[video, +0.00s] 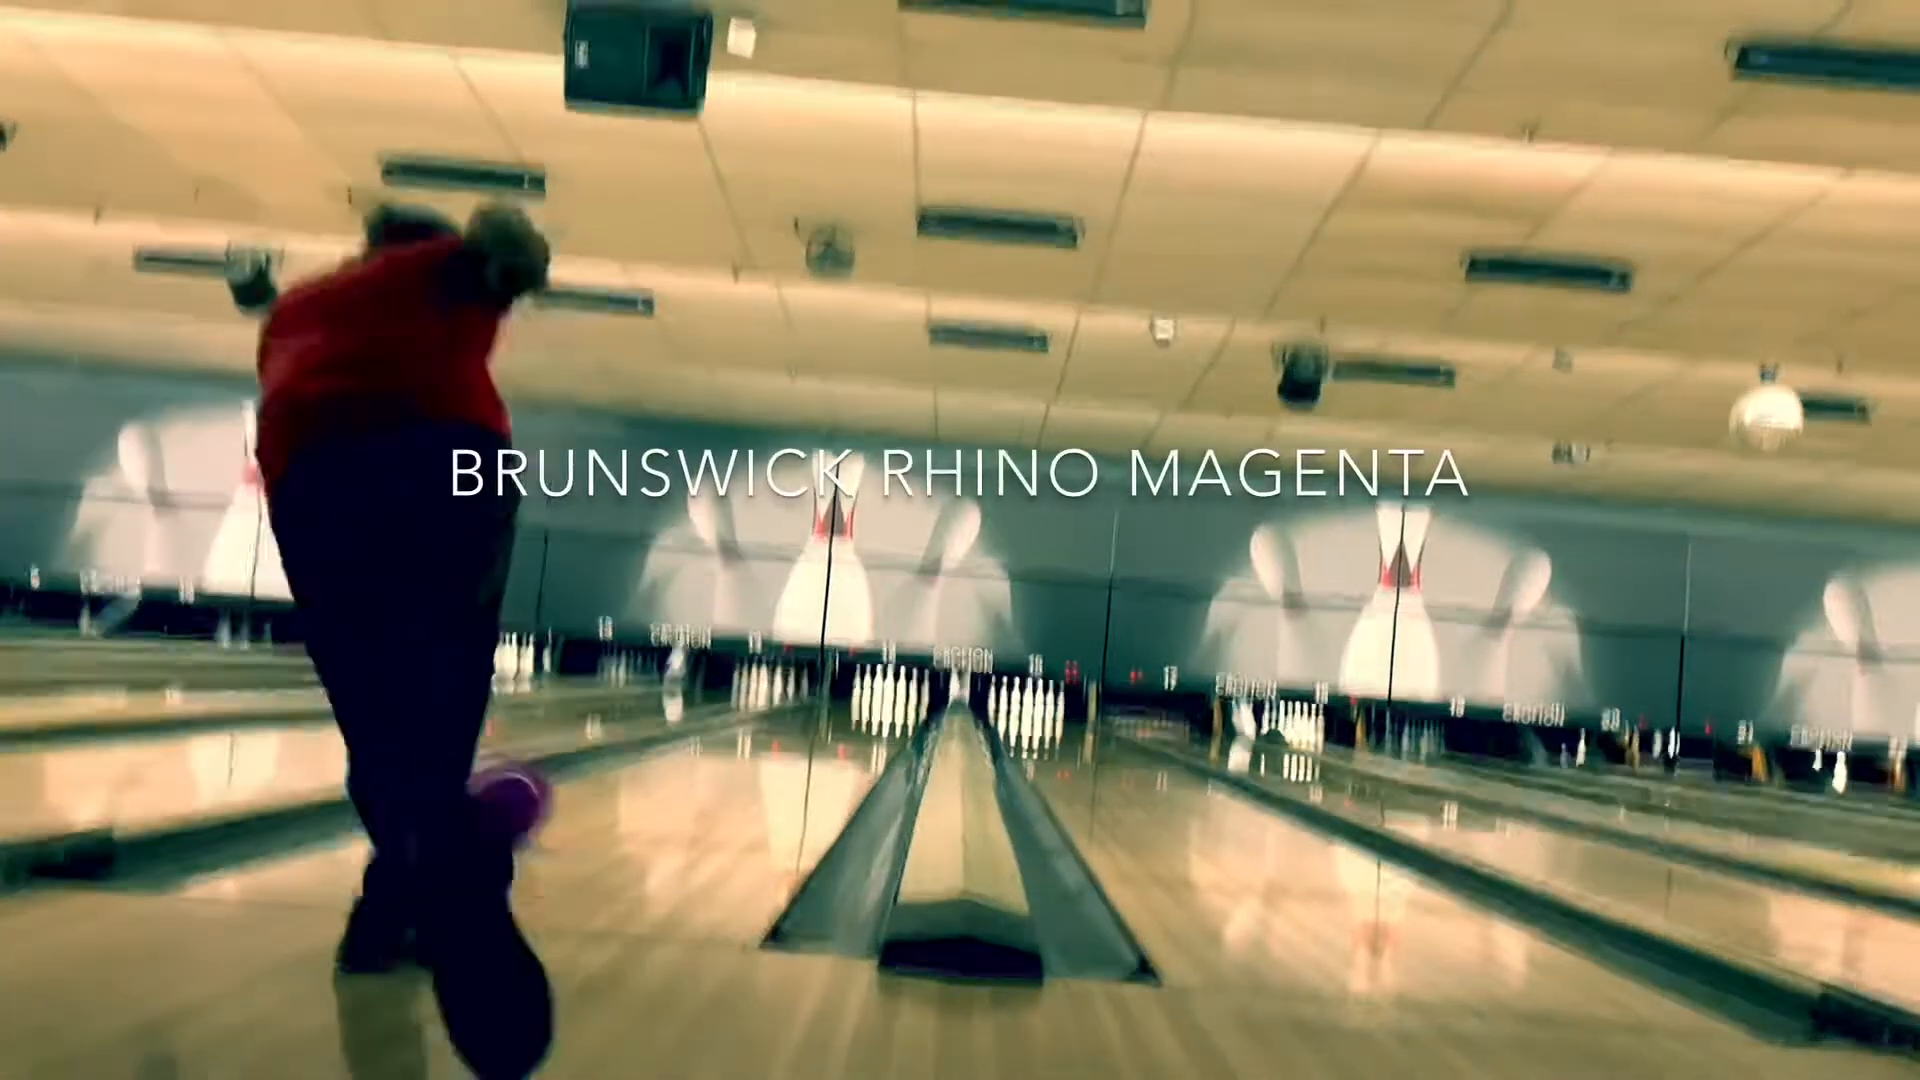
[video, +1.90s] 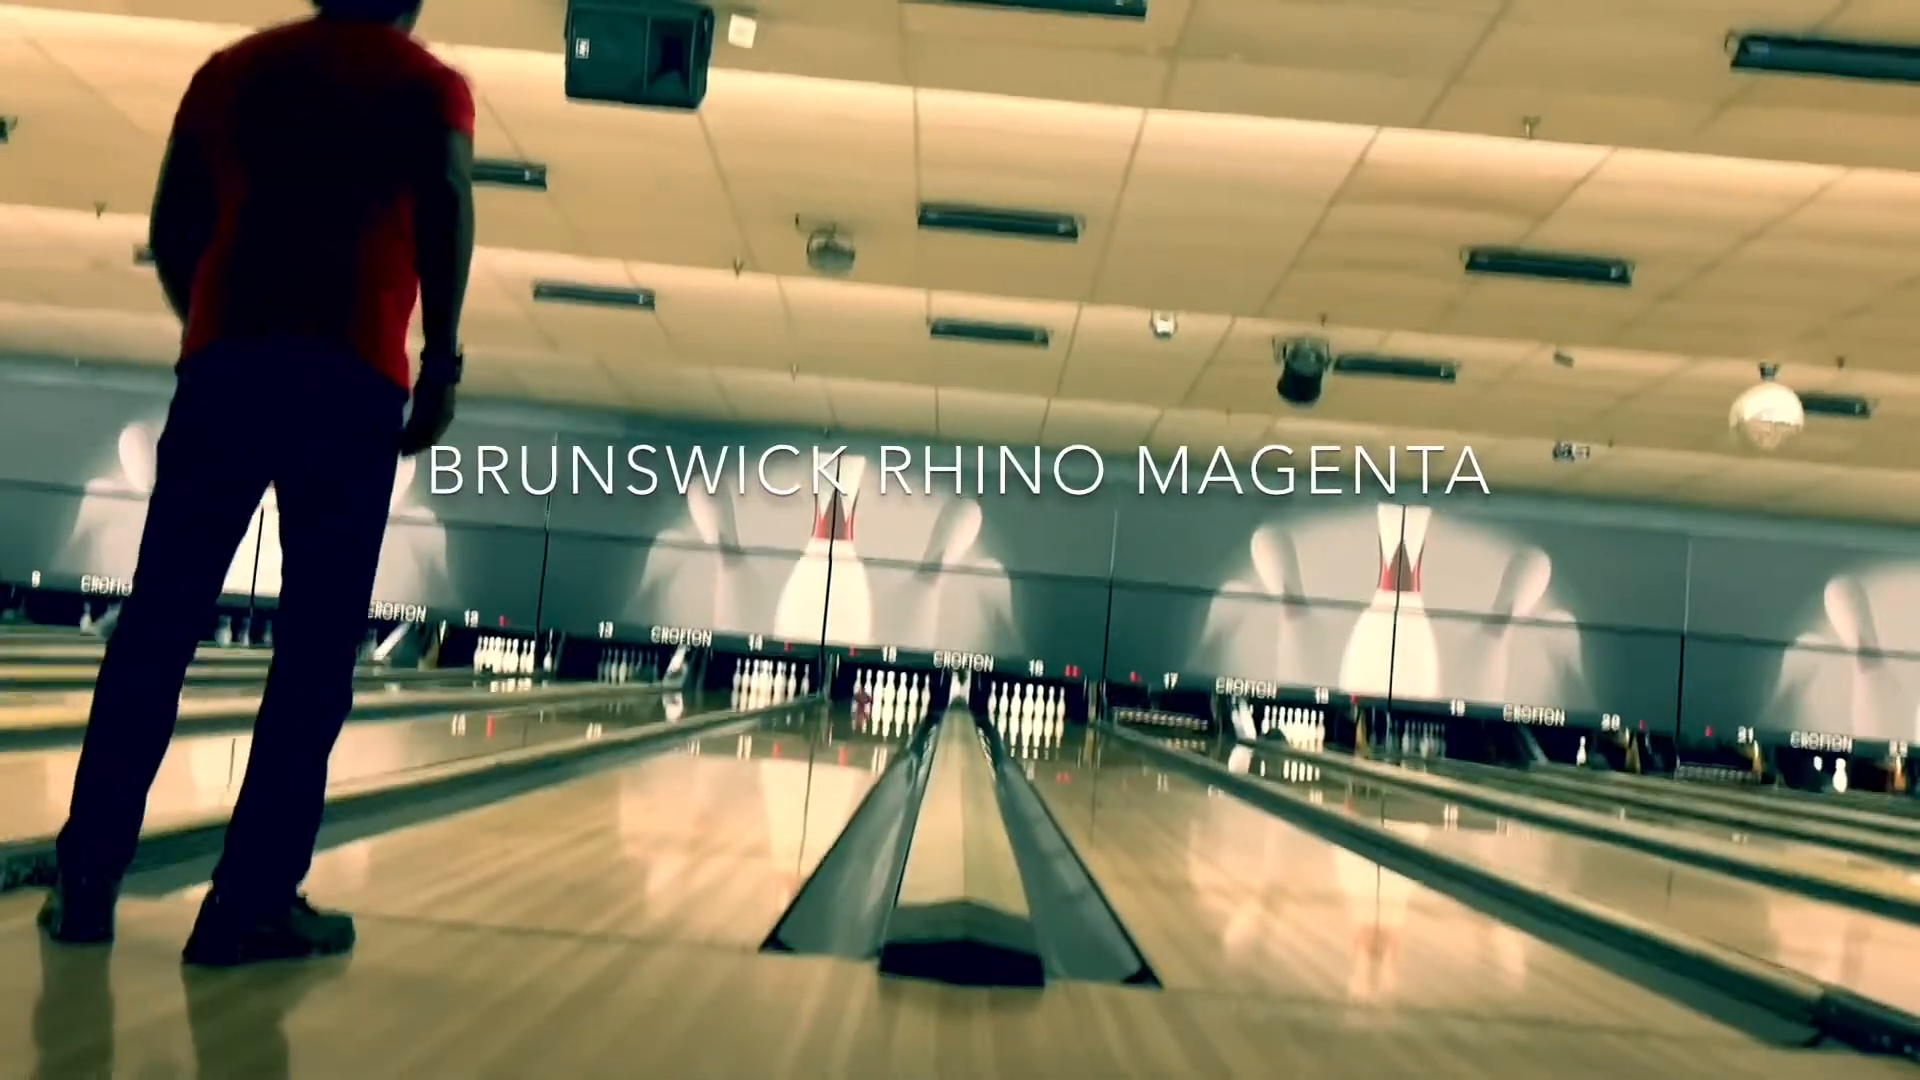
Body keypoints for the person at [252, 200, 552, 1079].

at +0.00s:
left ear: (370, 245)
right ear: (442, 242)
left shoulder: (302, 298)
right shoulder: (448, 258)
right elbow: (518, 250)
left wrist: (258, 294)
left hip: (313, 472)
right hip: (447, 452)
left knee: (369, 700)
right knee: (445, 677)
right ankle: (387, 903)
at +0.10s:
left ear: (377, 203)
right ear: (455, 203)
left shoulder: (311, 267)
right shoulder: (463, 237)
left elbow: (257, 291)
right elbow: (509, 191)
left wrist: (258, 283)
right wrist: (509, 144)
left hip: (348, 433)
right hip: (469, 415)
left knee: (375, 684)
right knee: (445, 667)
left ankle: (468, 784)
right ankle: (386, 926)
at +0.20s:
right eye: (464, 185)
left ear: (374, 178)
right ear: (456, 177)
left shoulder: (312, 228)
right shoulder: (474, 197)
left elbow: (285, 370)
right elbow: (523, 195)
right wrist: (525, 152)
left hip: (363, 389)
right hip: (487, 381)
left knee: (374, 663)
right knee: (444, 661)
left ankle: (479, 706)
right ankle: (387, 918)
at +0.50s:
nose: (446, 138)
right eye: (444, 125)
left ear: (347, 117)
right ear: (437, 125)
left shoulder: (289, 168)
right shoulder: (469, 167)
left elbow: (227, 329)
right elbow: (553, 186)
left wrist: (163, 469)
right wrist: (565, 298)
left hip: (339, 383)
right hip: (462, 383)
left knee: (296, 615)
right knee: (433, 638)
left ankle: (338, 753)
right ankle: (389, 913)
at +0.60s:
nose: (430, 117)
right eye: (426, 103)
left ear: (324, 86)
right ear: (415, 102)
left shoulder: (272, 141)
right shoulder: (453, 153)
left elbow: (204, 292)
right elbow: (540, 189)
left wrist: (130, 431)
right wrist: (553, 313)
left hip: (312, 387)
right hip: (445, 388)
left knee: (246, 611)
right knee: (422, 648)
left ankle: (228, 847)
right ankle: (390, 911)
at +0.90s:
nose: (344, 49)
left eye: (334, 39)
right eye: (343, 37)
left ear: (239, 34)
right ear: (333, 38)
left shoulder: (168, 110)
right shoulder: (365, 106)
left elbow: (111, 266)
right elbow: (413, 182)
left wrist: (79, 405)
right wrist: (410, 339)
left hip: (188, 398)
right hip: (323, 397)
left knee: (135, 632)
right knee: (357, 645)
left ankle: (83, 890)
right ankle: (368, 901)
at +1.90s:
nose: (416, 19)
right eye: (418, 12)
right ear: (408, 6)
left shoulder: (227, 68)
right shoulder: (432, 83)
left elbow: (170, 237)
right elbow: (444, 204)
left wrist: (223, 338)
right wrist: (441, 353)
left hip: (221, 376)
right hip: (350, 387)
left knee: (157, 624)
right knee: (315, 655)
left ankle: (84, 889)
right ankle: (249, 909)